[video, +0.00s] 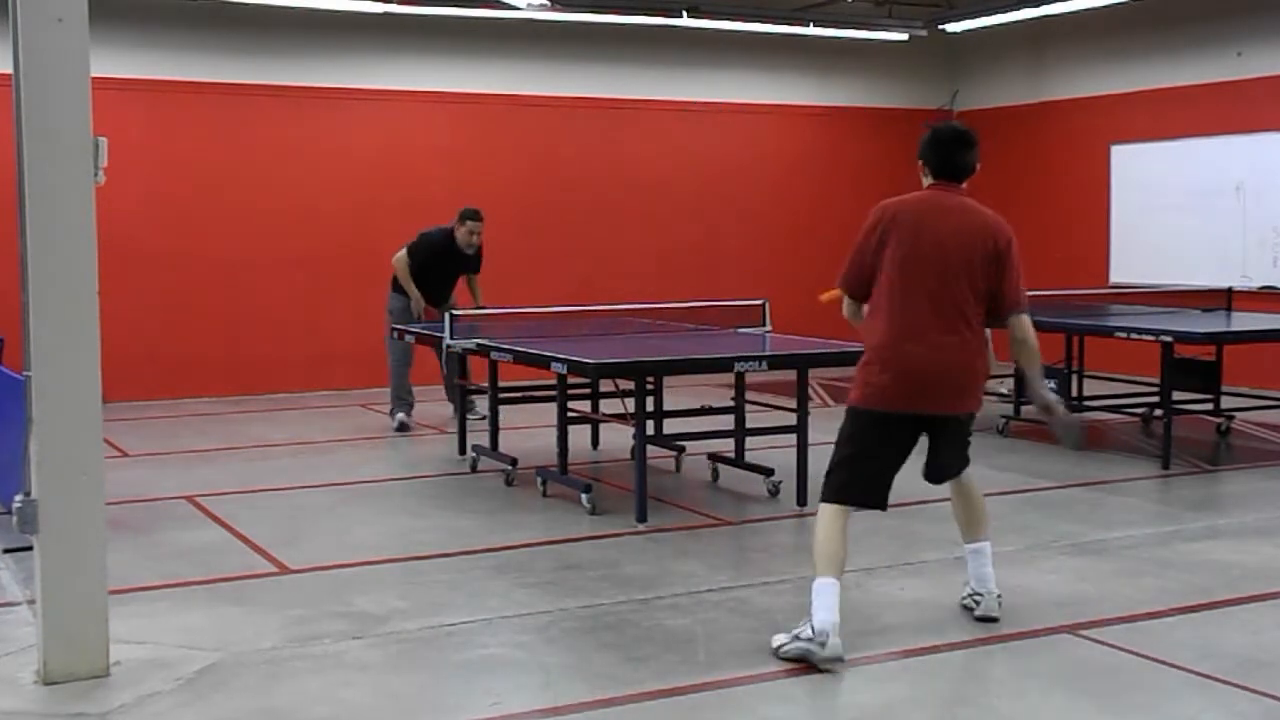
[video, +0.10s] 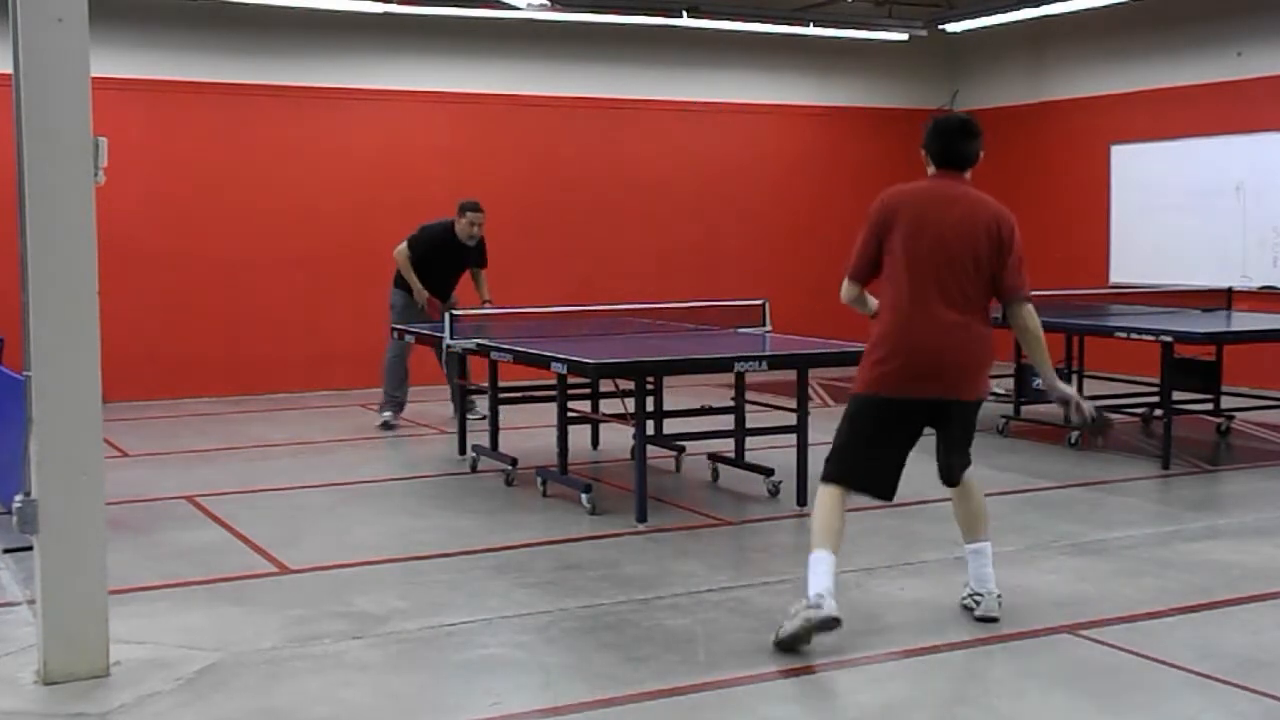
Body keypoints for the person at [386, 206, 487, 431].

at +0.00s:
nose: (475, 240)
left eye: (479, 234)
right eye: (471, 233)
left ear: (482, 233)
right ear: (457, 228)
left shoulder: (474, 249)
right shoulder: (433, 240)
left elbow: (471, 276)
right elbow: (398, 261)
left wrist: (478, 303)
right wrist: (415, 296)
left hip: (440, 301)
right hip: (406, 297)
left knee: (453, 352)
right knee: (401, 354)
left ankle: (463, 403)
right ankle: (401, 409)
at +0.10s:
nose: (476, 231)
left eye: (480, 226)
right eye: (472, 224)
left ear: (483, 225)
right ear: (458, 221)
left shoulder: (477, 245)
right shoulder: (434, 233)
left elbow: (477, 272)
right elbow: (400, 254)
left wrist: (485, 298)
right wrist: (417, 288)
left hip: (442, 300)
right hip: (408, 295)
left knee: (453, 350)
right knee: (399, 348)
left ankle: (464, 403)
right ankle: (390, 407)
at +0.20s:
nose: (473, 223)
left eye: (476, 217)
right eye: (468, 216)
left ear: (479, 217)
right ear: (454, 214)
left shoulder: (475, 239)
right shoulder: (431, 229)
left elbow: (477, 268)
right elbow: (399, 251)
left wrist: (487, 294)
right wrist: (419, 284)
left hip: (440, 298)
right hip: (407, 294)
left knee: (451, 350)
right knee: (397, 346)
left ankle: (464, 405)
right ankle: (377, 407)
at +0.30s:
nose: (466, 215)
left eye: (470, 210)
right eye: (461, 210)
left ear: (472, 211)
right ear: (448, 208)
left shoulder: (471, 234)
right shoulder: (426, 227)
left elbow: (474, 264)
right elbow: (396, 251)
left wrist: (486, 291)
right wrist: (417, 284)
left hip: (439, 298)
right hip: (406, 296)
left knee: (449, 351)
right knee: (394, 347)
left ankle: (463, 404)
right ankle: (375, 407)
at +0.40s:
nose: (457, 214)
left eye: (460, 208)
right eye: (452, 208)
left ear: (465, 209)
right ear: (439, 207)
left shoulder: (466, 233)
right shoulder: (419, 227)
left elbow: (473, 263)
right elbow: (391, 254)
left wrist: (482, 289)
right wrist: (410, 287)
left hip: (440, 300)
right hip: (405, 299)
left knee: (451, 351)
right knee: (391, 350)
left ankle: (464, 403)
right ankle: (374, 407)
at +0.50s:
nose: (444, 216)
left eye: (448, 211)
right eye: (439, 211)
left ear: (452, 211)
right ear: (427, 211)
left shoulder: (462, 236)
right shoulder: (412, 232)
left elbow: (473, 263)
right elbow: (390, 254)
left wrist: (477, 289)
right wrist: (395, 286)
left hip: (443, 304)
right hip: (407, 304)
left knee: (460, 351)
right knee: (391, 351)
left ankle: (473, 402)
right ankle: (373, 407)